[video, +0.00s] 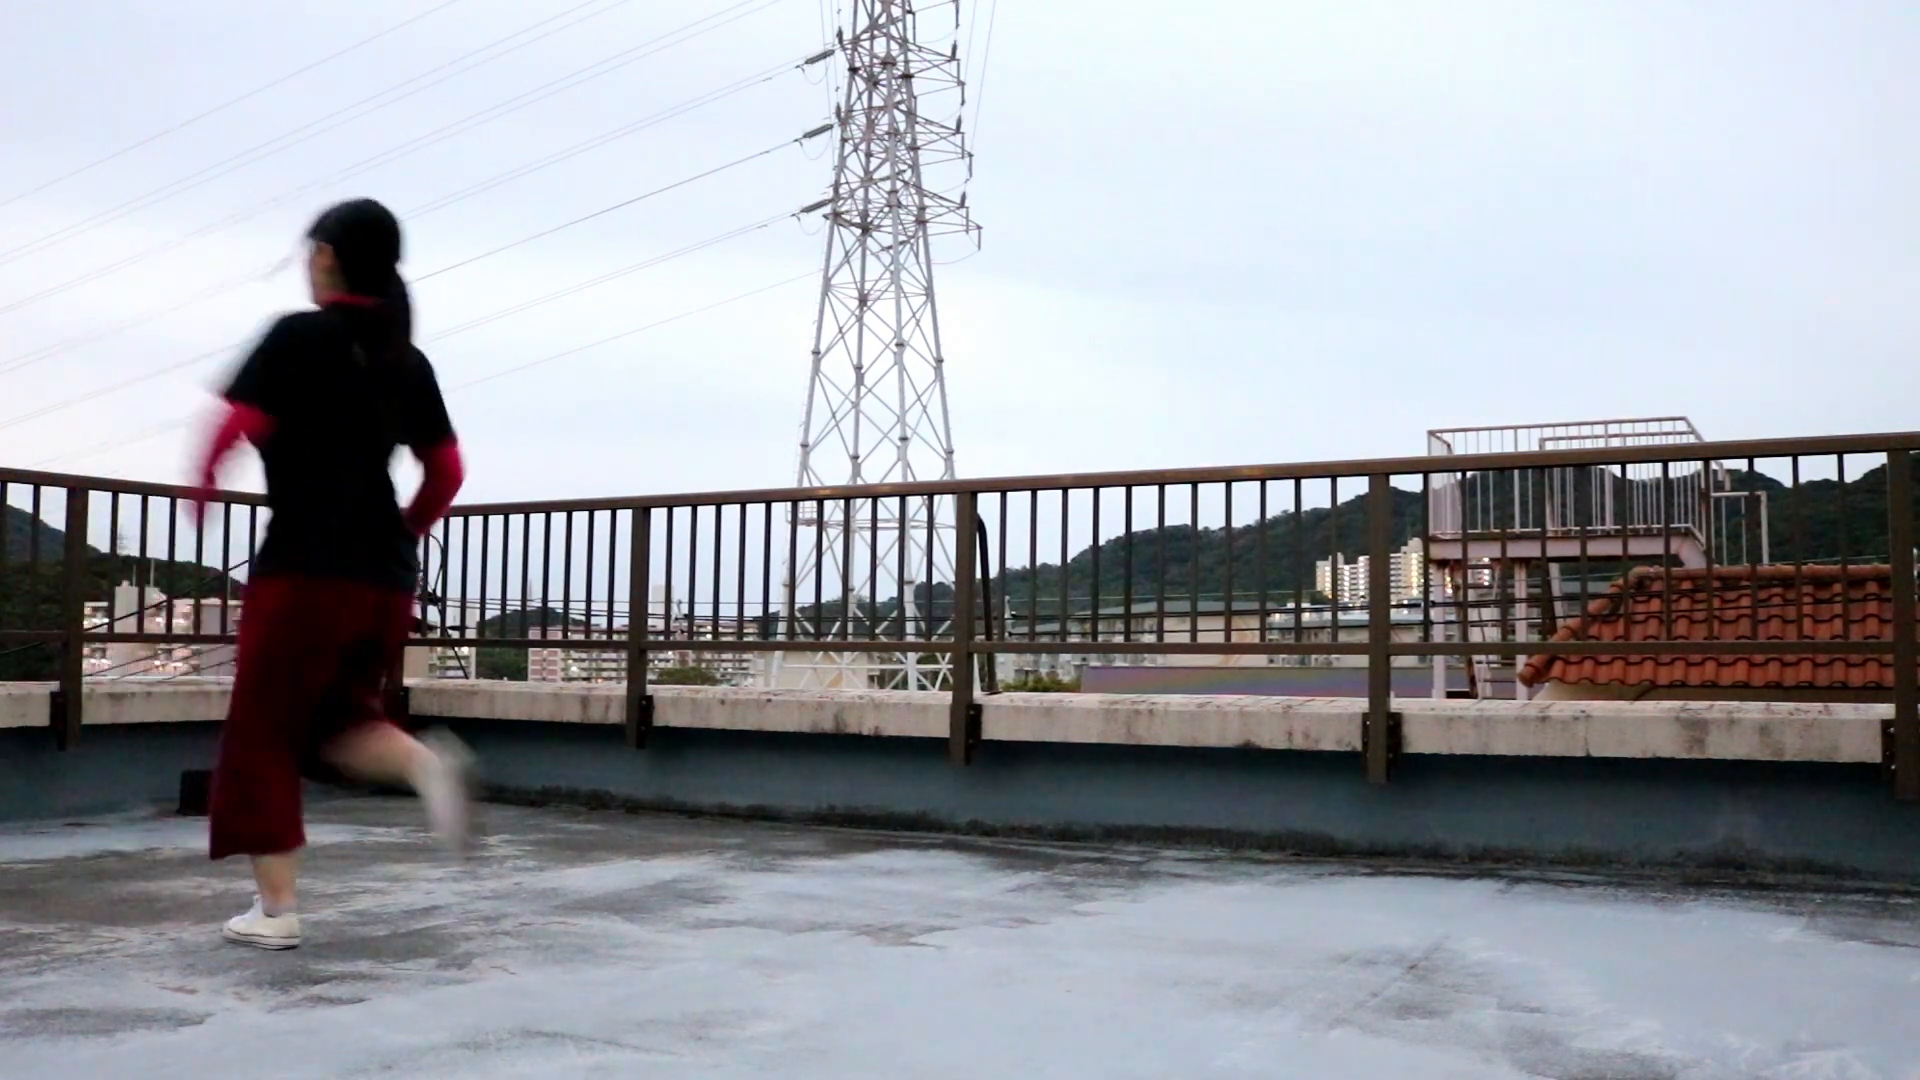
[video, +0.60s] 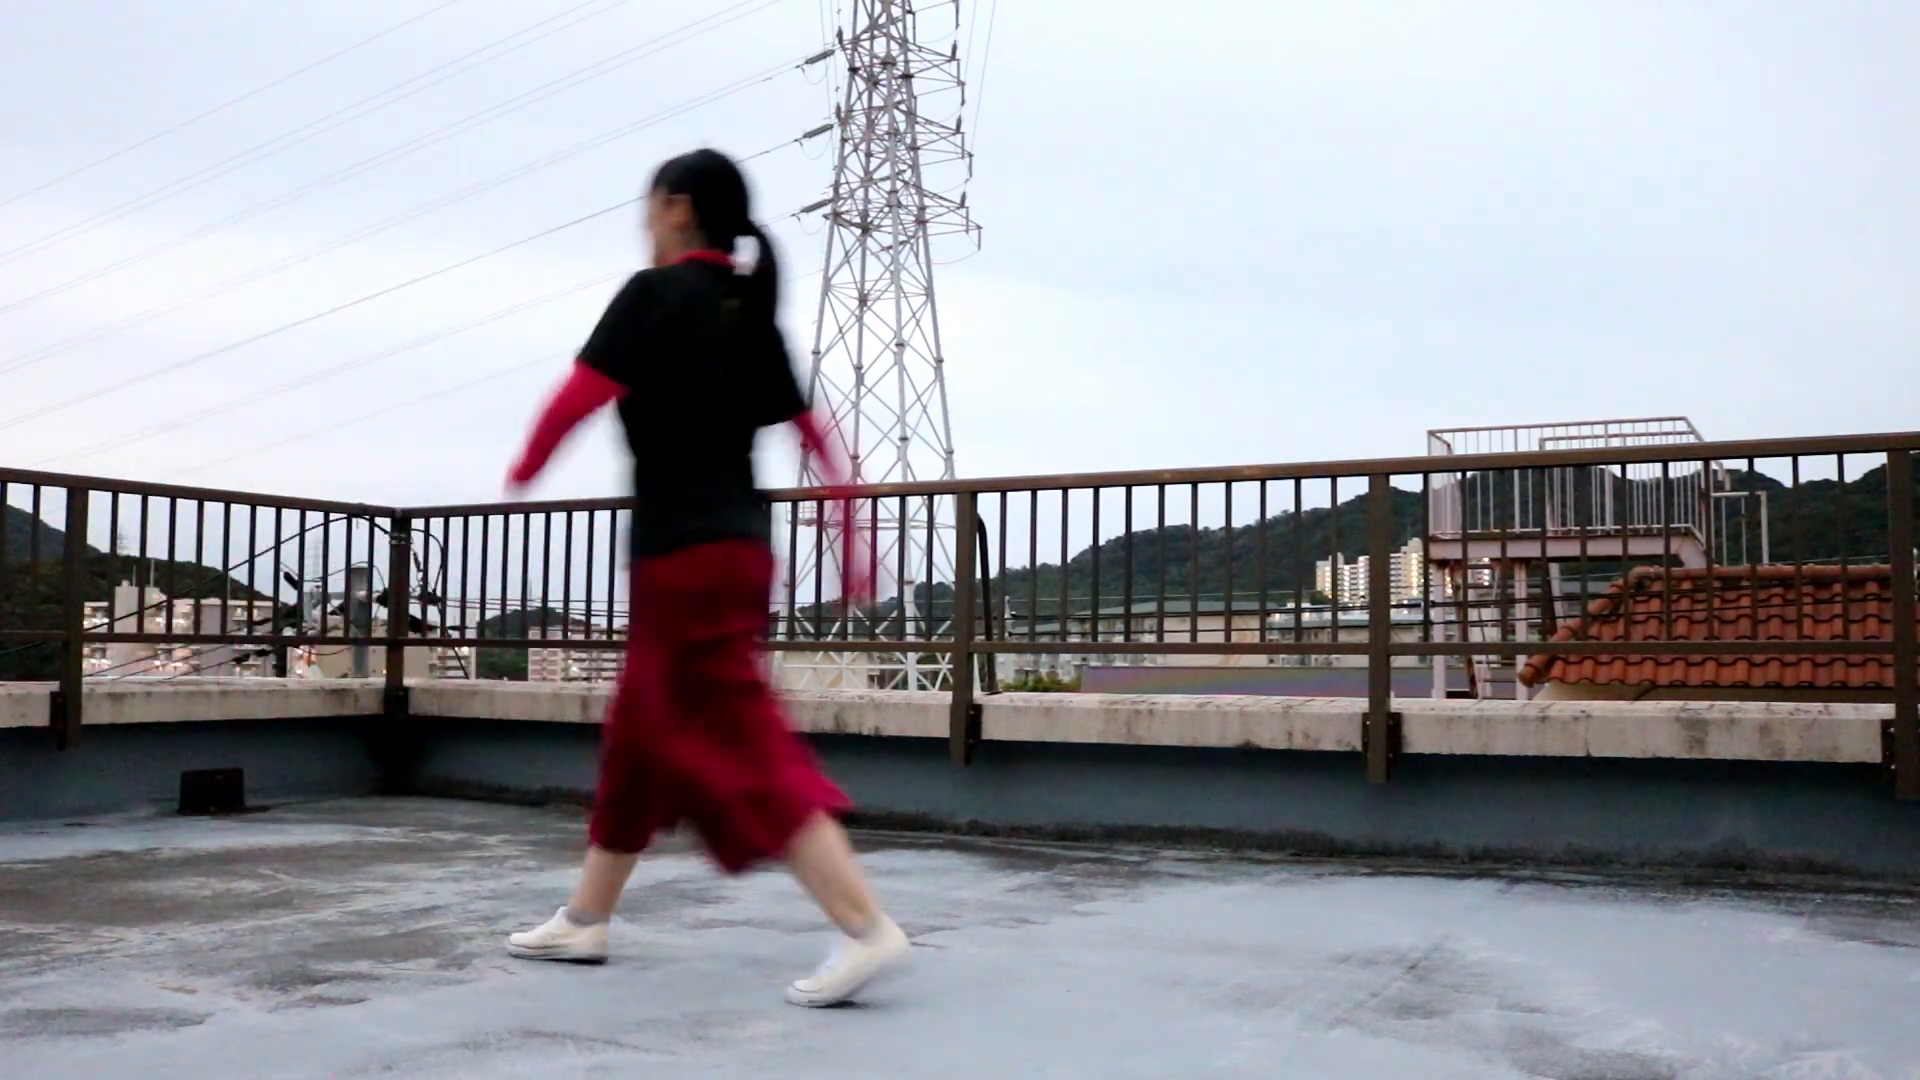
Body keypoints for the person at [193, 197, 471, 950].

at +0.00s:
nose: (307, 265)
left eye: (313, 254)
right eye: (312, 253)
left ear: (328, 262)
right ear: (385, 268)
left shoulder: (296, 336)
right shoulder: (406, 358)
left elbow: (239, 421)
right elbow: (446, 470)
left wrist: (205, 477)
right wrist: (404, 529)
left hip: (299, 568)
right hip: (381, 569)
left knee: (263, 728)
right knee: (334, 725)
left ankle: (276, 909)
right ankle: (424, 761)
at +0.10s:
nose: (362, 270)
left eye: (367, 259)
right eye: (367, 258)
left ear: (384, 267)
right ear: (437, 272)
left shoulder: (372, 346)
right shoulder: (451, 376)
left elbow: (355, 446)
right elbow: (415, 467)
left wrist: (320, 561)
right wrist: (323, 460)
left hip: (351, 580)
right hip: (433, 584)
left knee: (289, 726)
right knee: (448, 737)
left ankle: (276, 908)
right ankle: (553, 888)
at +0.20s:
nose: (416, 252)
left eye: (423, 240)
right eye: (422, 240)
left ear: (441, 250)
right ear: (481, 258)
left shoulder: (458, 328)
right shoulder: (459, 332)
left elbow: (481, 394)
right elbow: (423, 410)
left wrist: (474, 467)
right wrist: (366, 374)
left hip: (435, 565)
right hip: (506, 565)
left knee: (353, 709)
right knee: (530, 727)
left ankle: (290, 891)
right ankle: (573, 921)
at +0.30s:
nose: (468, 229)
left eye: (475, 216)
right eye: (473, 217)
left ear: (496, 223)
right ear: (539, 232)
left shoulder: (497, 284)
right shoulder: (526, 305)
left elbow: (559, 315)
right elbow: (483, 396)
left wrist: (585, 401)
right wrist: (410, 362)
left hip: (502, 533)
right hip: (581, 540)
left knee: (409, 668)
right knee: (568, 718)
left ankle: (436, 819)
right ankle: (575, 922)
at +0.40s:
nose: (525, 209)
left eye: (533, 198)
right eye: (531, 198)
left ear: (553, 210)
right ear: (592, 221)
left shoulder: (552, 290)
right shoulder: (584, 301)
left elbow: (601, 363)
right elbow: (577, 427)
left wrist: (615, 460)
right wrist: (500, 462)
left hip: (559, 535)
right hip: (631, 534)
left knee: (480, 700)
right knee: (610, 719)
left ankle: (610, 747)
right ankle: (586, 920)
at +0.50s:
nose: (585, 229)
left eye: (592, 215)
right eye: (589, 215)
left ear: (616, 219)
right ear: (658, 226)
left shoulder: (603, 300)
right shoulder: (679, 316)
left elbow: (601, 418)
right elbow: (696, 456)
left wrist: (560, 539)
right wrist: (627, 505)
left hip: (614, 559)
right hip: (677, 559)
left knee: (587, 741)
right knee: (626, 736)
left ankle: (781, 817)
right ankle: (583, 922)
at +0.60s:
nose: (645, 215)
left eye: (654, 202)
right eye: (652, 201)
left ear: (680, 212)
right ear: (724, 218)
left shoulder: (651, 295)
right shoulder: (750, 308)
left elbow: (582, 392)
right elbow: (812, 429)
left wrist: (529, 466)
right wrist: (853, 542)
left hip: (678, 555)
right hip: (740, 550)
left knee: (741, 737)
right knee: (639, 726)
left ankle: (870, 929)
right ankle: (585, 920)